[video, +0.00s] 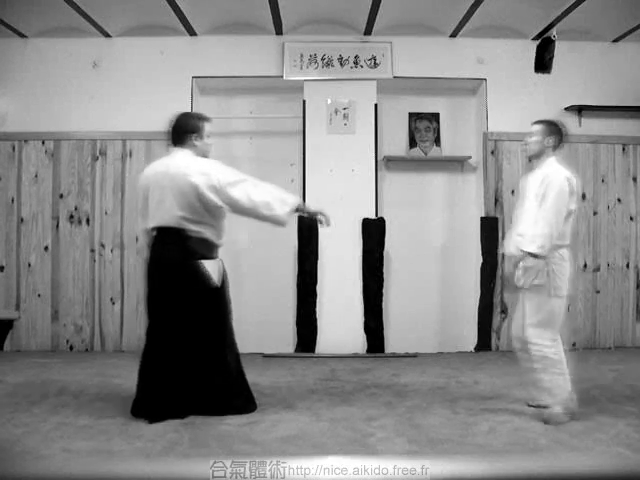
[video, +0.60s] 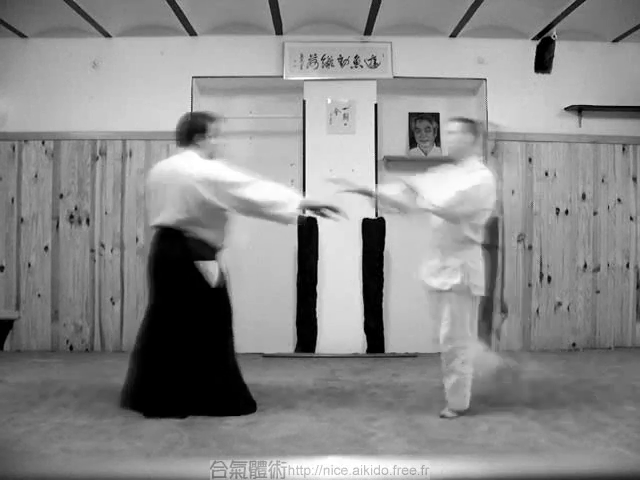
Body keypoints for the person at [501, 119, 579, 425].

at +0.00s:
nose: (526, 140)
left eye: (532, 136)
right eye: (527, 136)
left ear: (550, 141)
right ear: (540, 142)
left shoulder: (559, 176)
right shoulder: (532, 177)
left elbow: (550, 219)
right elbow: (522, 218)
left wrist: (535, 255)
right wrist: (511, 251)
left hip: (549, 261)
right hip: (527, 259)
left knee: (542, 333)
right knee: (520, 333)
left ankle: (562, 402)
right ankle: (547, 393)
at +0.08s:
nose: (520, 141)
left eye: (526, 136)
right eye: (521, 136)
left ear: (544, 142)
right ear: (533, 143)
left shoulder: (553, 176)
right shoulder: (525, 178)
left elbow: (544, 221)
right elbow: (513, 220)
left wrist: (524, 255)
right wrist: (502, 255)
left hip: (541, 260)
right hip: (523, 258)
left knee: (517, 327)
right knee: (541, 326)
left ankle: (547, 391)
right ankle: (557, 393)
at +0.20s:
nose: (509, 143)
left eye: (515, 138)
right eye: (509, 138)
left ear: (533, 143)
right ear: (520, 144)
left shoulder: (542, 179)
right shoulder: (512, 179)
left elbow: (532, 229)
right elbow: (500, 222)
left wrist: (505, 250)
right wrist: (483, 252)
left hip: (531, 260)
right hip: (512, 259)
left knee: (502, 324)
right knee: (537, 324)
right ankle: (559, 391)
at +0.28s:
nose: (500, 145)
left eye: (507, 139)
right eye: (500, 140)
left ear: (526, 145)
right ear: (507, 146)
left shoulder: (536, 182)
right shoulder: (503, 182)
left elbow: (520, 230)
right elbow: (488, 226)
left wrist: (489, 241)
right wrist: (460, 249)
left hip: (524, 263)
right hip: (505, 262)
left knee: (493, 327)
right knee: (533, 327)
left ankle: (473, 397)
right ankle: (559, 391)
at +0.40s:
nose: (485, 144)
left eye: (493, 139)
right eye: (485, 139)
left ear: (511, 145)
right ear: (486, 144)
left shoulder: (517, 183)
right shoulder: (484, 179)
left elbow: (497, 226)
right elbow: (458, 211)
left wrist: (453, 232)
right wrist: (425, 222)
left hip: (502, 262)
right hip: (487, 259)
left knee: (473, 329)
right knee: (515, 322)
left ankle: (460, 400)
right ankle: (554, 388)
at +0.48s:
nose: (474, 142)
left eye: (482, 137)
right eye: (474, 136)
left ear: (498, 143)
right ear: (473, 141)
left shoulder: (506, 182)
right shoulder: (467, 178)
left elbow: (481, 221)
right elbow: (436, 207)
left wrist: (447, 218)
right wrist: (399, 211)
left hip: (488, 264)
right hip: (466, 263)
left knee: (464, 333)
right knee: (500, 325)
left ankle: (457, 400)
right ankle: (544, 380)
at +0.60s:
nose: (447, 139)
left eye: (454, 133)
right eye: (446, 133)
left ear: (473, 139)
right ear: (445, 138)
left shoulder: (481, 178)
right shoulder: (443, 173)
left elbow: (452, 209)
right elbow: (407, 194)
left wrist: (418, 200)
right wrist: (364, 190)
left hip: (463, 265)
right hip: (439, 263)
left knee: (456, 337)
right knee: (447, 336)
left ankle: (457, 403)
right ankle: (500, 367)